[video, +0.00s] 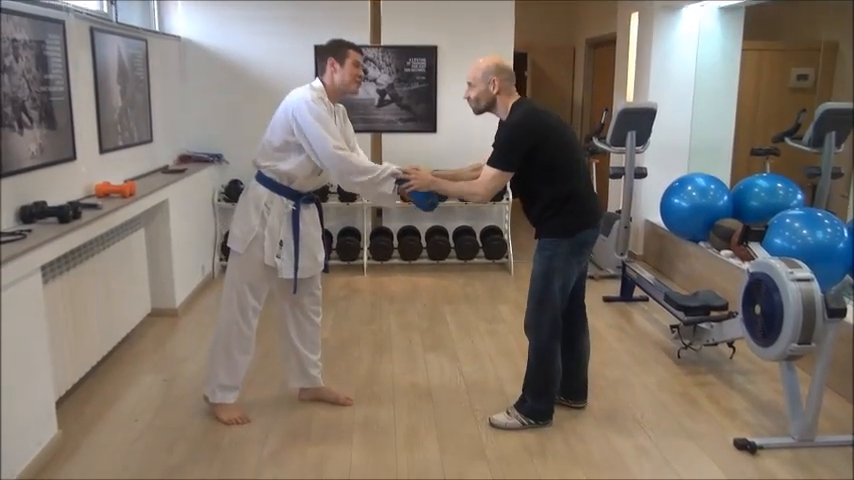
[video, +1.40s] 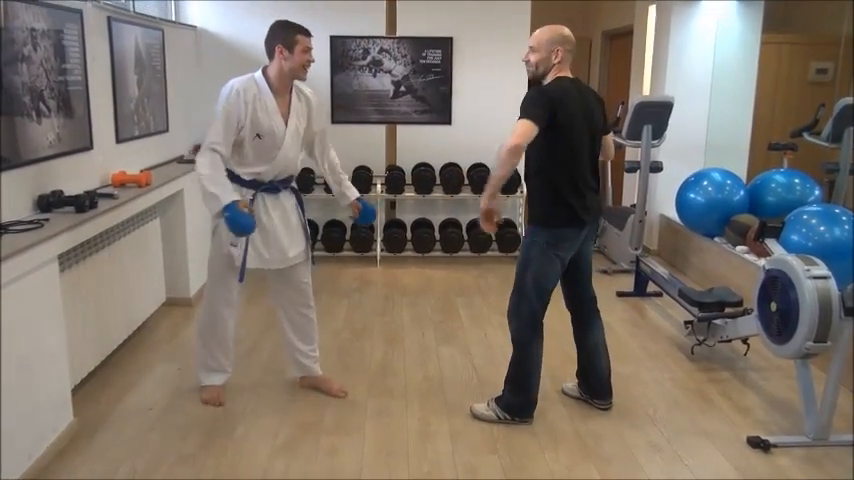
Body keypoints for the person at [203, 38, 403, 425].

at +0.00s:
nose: (361, 76)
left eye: (363, 69)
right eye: (356, 66)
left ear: (336, 70)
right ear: (332, 67)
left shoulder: (338, 112)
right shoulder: (305, 102)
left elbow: (356, 169)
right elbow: (339, 163)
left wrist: (398, 192)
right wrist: (396, 174)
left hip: (304, 211)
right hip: (267, 206)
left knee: (306, 298)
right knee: (244, 302)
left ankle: (309, 383)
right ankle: (221, 394)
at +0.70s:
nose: (333, 40)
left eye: (332, 33)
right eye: (326, 32)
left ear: (311, 39)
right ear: (301, 37)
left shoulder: (321, 87)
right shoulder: (273, 79)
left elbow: (346, 143)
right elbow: (299, 143)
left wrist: (380, 186)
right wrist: (362, 170)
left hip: (300, 189)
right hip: (258, 187)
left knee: (308, 276)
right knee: (237, 278)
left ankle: (317, 360)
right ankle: (210, 366)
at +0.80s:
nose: (321, 40)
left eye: (319, 34)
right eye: (314, 34)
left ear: (299, 39)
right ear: (290, 37)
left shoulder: (310, 87)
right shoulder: (259, 80)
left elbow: (331, 148)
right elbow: (268, 149)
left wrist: (354, 199)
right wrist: (325, 186)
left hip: (298, 191)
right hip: (256, 191)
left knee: (307, 278)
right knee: (234, 277)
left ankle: (318, 361)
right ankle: (212, 366)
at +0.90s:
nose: (311, 42)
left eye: (309, 36)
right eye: (304, 35)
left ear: (284, 41)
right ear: (279, 40)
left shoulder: (303, 90)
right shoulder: (245, 85)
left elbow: (309, 153)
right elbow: (244, 155)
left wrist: (316, 205)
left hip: (290, 193)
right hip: (247, 195)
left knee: (306, 281)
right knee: (229, 285)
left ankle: (319, 363)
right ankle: (212, 369)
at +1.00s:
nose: (302, 47)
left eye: (301, 40)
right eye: (296, 40)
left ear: (276, 45)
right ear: (271, 44)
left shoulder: (293, 92)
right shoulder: (235, 89)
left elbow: (282, 154)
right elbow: (218, 157)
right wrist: (211, 221)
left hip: (281, 196)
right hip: (239, 197)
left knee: (303, 284)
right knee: (225, 289)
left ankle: (318, 365)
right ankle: (211, 371)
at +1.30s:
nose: (304, 55)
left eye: (304, 48)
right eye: (298, 48)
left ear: (280, 51)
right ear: (273, 50)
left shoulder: (296, 95)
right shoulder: (233, 92)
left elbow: (307, 152)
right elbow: (196, 152)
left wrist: (325, 196)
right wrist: (194, 207)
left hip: (281, 201)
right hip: (236, 201)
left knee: (297, 286)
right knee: (221, 291)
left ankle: (307, 369)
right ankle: (213, 376)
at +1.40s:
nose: (312, 60)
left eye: (312, 53)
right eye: (306, 52)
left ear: (292, 55)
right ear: (280, 52)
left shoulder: (309, 100)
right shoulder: (240, 92)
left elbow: (324, 155)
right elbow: (210, 155)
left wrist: (353, 197)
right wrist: (228, 203)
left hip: (283, 202)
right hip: (238, 200)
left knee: (298, 289)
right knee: (223, 291)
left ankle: (310, 371)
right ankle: (213, 377)